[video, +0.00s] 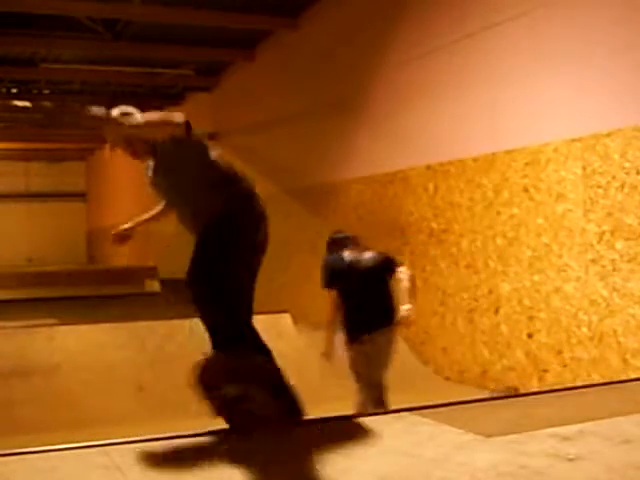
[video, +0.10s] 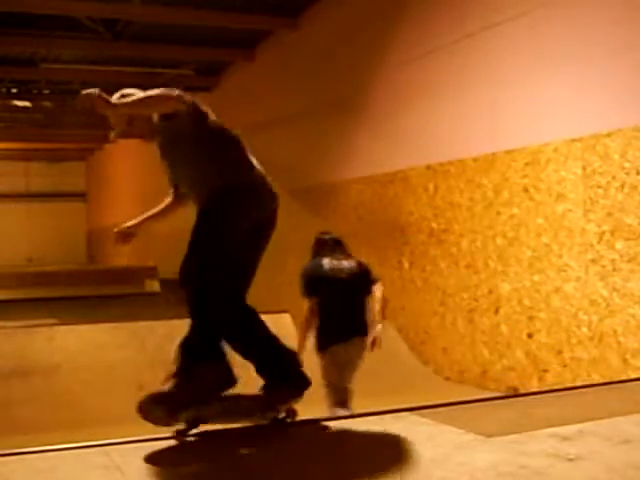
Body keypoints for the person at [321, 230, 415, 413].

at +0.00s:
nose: (333, 255)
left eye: (332, 252)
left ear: (333, 249)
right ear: (355, 244)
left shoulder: (334, 264)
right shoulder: (378, 258)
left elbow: (334, 306)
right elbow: (403, 272)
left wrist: (329, 345)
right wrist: (405, 304)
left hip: (357, 331)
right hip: (384, 325)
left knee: (365, 379)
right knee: (375, 377)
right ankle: (362, 417)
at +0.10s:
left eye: (316, 250)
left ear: (316, 249)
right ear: (341, 247)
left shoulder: (313, 270)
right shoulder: (358, 266)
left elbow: (311, 310)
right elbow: (377, 290)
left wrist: (300, 347)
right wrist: (377, 326)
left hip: (330, 335)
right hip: (357, 332)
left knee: (335, 387)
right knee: (344, 384)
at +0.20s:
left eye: (300, 245)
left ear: (299, 245)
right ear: (322, 243)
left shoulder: (293, 266)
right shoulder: (338, 264)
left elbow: (288, 307)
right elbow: (354, 300)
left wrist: (282, 340)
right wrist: (357, 336)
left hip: (309, 336)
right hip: (337, 332)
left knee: (304, 388)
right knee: (330, 391)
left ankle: (314, 431)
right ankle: (337, 434)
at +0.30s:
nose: (293, 244)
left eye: (288, 240)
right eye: (295, 240)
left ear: (283, 240)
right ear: (305, 238)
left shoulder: (275, 262)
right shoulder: (318, 260)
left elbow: (272, 295)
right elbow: (337, 289)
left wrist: (264, 318)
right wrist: (334, 311)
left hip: (290, 324)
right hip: (316, 321)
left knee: (286, 368)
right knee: (319, 367)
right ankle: (323, 410)